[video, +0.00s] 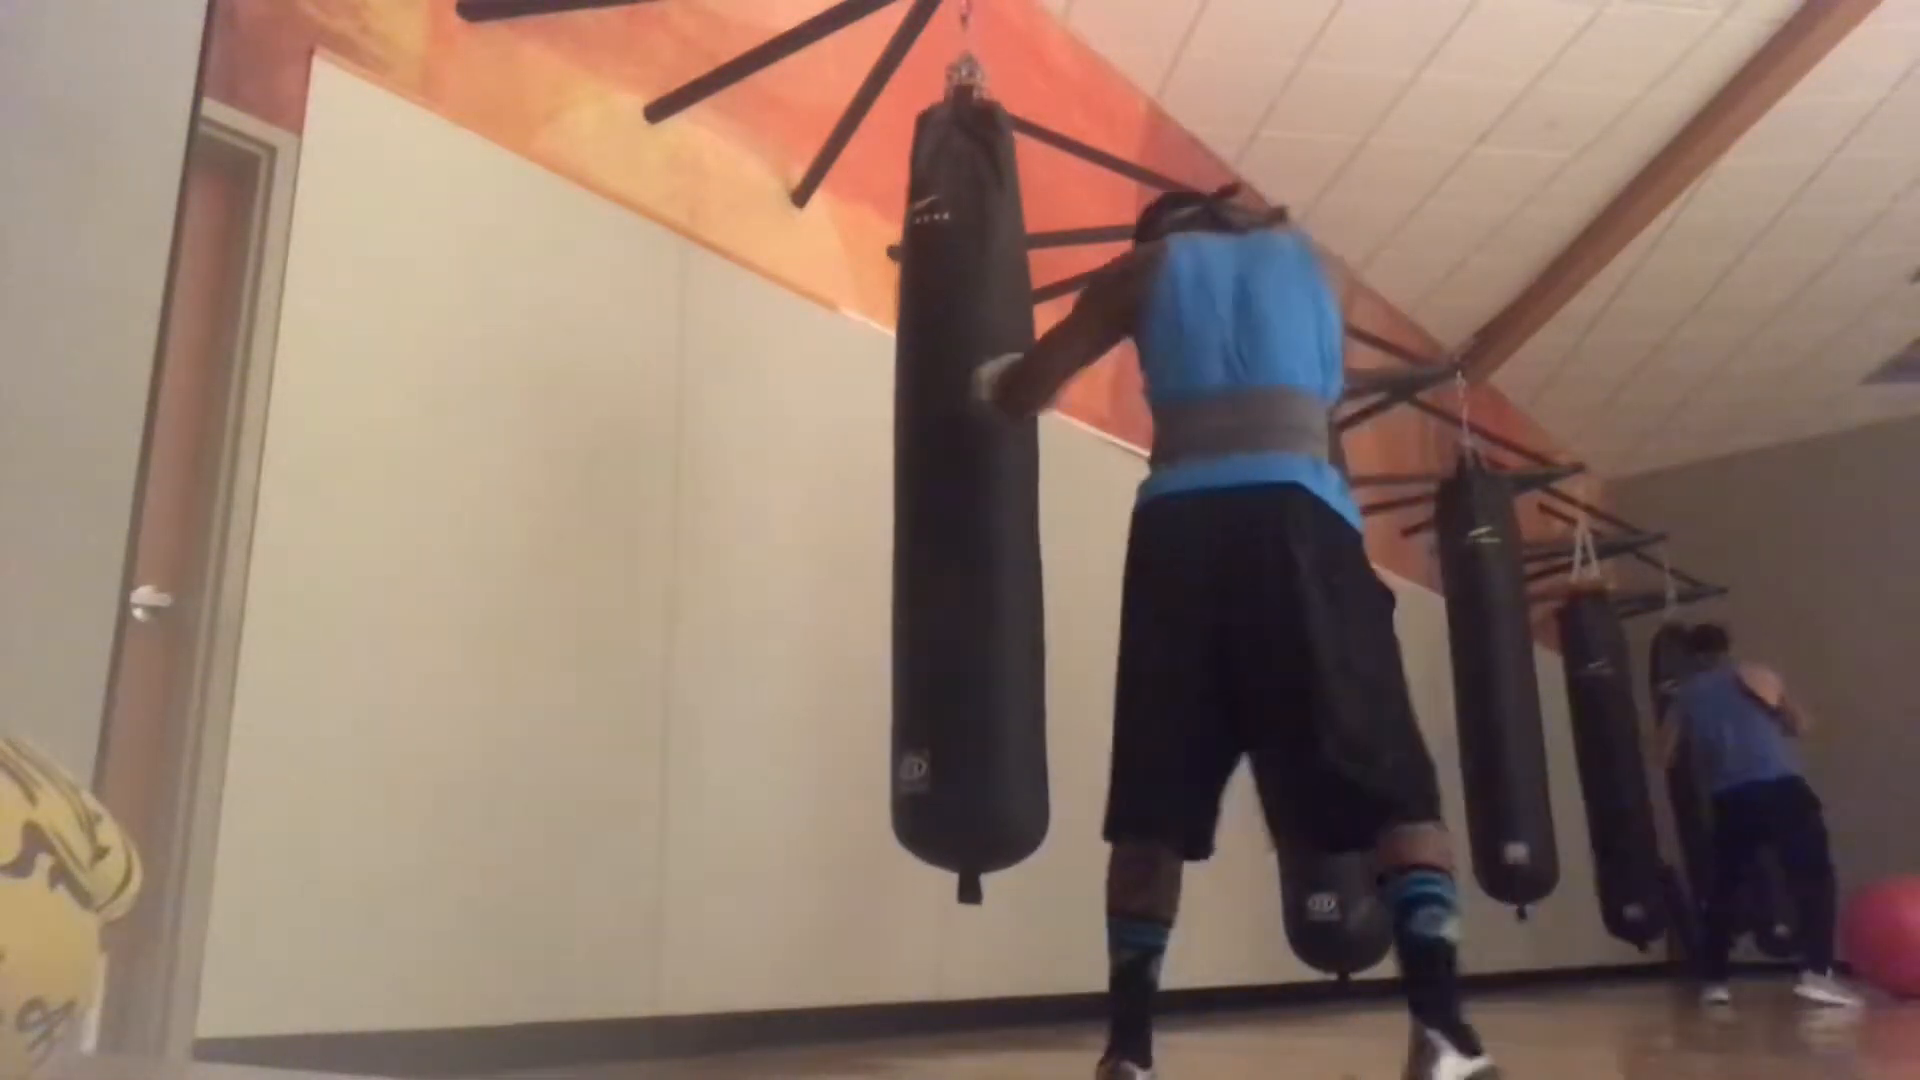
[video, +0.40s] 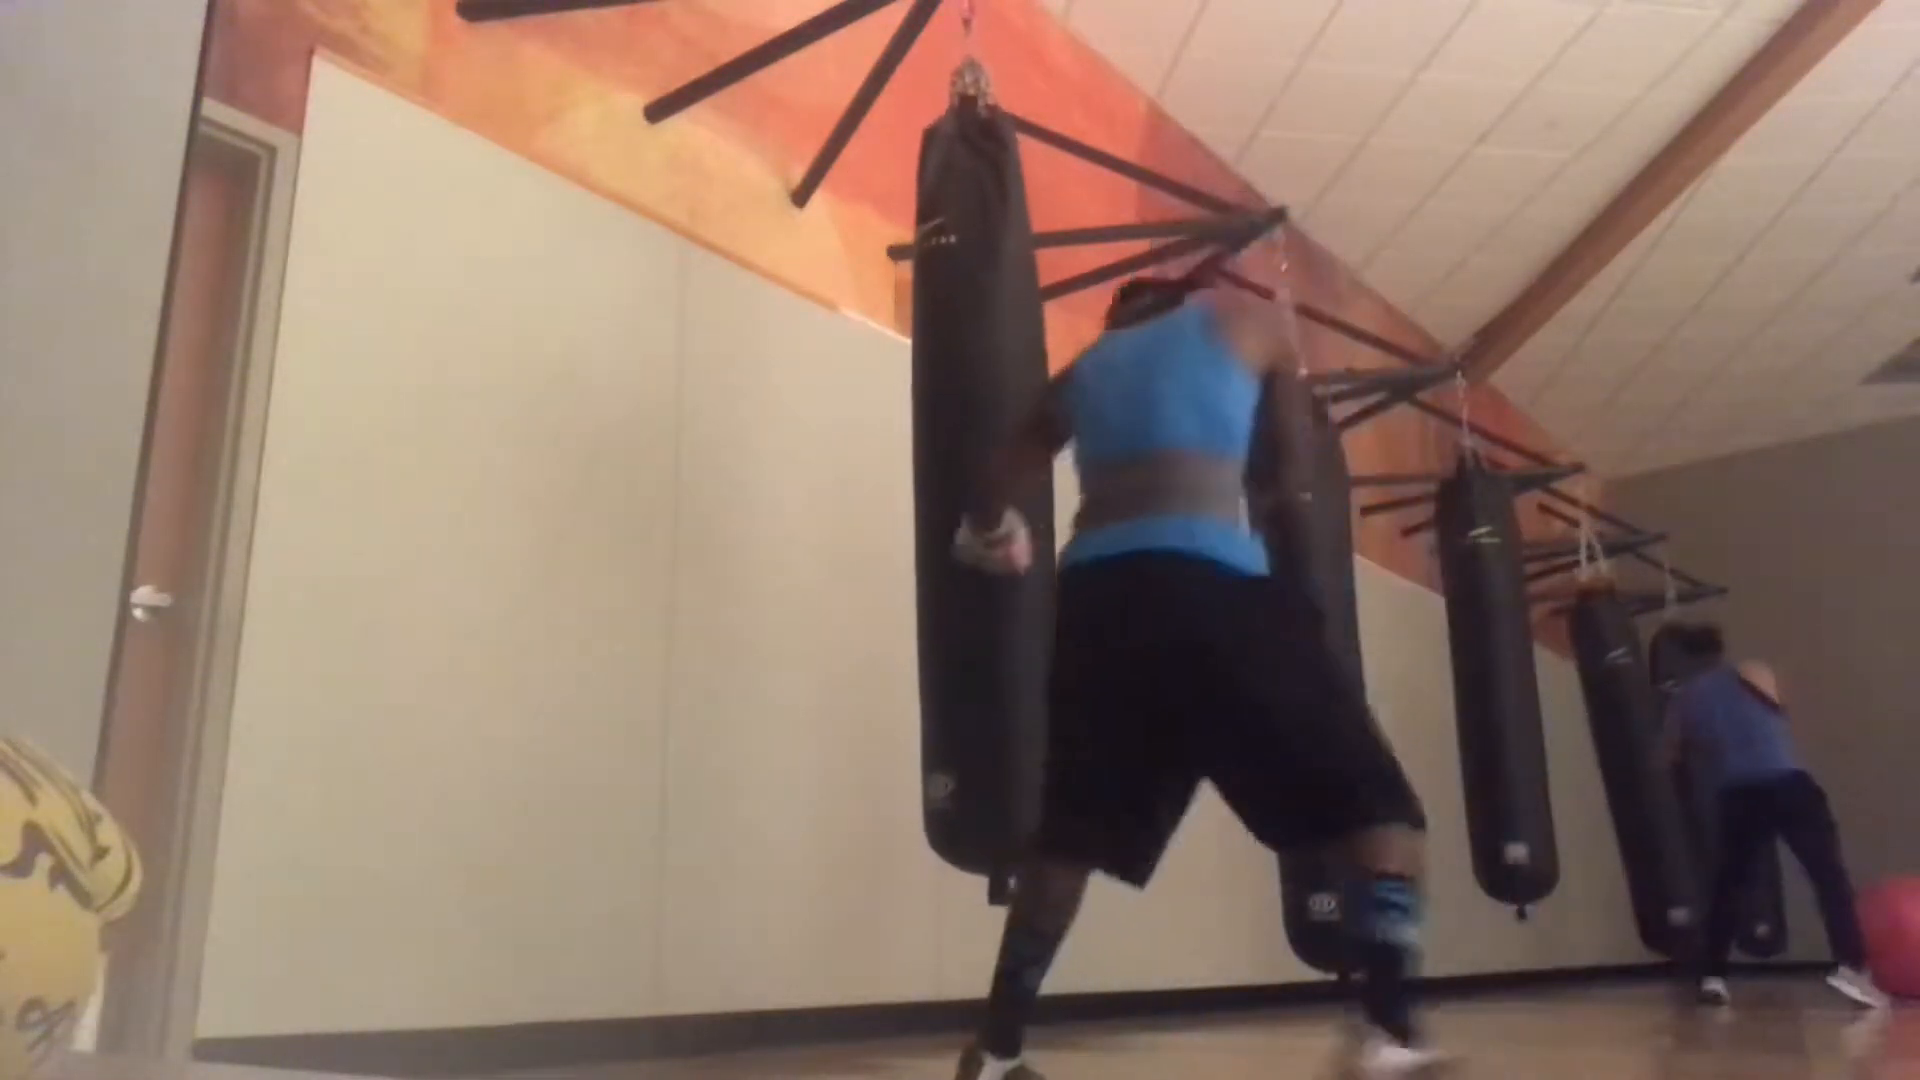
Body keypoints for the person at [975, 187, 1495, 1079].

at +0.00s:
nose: (1139, 264)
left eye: (1143, 250)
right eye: (1142, 252)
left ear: (1167, 237)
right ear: (1251, 226)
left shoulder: (1150, 266)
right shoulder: (1313, 269)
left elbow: (1030, 384)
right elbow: (1323, 395)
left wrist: (997, 382)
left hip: (1177, 539)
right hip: (1303, 536)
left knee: (1151, 798)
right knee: (1397, 786)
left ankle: (1127, 1051)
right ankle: (1441, 1028)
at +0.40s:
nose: (1251, 303)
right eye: (1240, 295)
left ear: (1122, 321)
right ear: (1199, 301)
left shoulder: (1086, 368)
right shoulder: (1250, 329)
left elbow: (1012, 458)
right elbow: (1287, 482)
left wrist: (988, 524)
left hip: (1097, 604)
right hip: (1221, 598)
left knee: (1069, 825)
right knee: (1381, 806)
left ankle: (996, 1043)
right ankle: (1389, 1024)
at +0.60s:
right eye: (1186, 287)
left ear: (1098, 313)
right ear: (1178, 298)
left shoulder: (1064, 355)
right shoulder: (1218, 333)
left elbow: (980, 472)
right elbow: (1237, 487)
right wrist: (1271, 403)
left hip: (1060, 592)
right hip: (1177, 591)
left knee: (1052, 811)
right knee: (1275, 818)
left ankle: (980, 1031)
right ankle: (1269, 1055)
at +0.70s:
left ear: (1075, 302)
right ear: (1153, 283)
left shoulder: (1036, 354)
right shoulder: (1203, 313)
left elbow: (955, 448)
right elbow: (1221, 471)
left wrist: (1009, 459)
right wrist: (1245, 390)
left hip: (1037, 589)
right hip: (1153, 581)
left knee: (1026, 813)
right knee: (1260, 801)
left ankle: (963, 1031)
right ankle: (1272, 1042)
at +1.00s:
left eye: (976, 293)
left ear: (985, 284)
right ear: (1051, 279)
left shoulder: (979, 318)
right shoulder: (1119, 338)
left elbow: (947, 462)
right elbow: (1115, 462)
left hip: (1007, 571)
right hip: (1118, 576)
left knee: (971, 806)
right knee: (1158, 800)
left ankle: (955, 1047)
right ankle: (1317, 955)